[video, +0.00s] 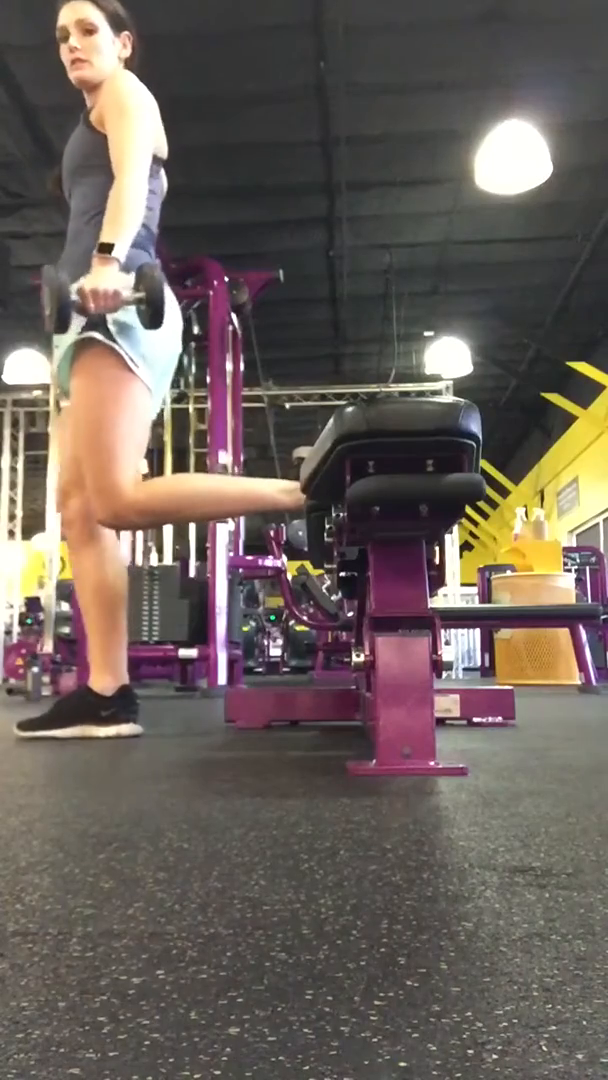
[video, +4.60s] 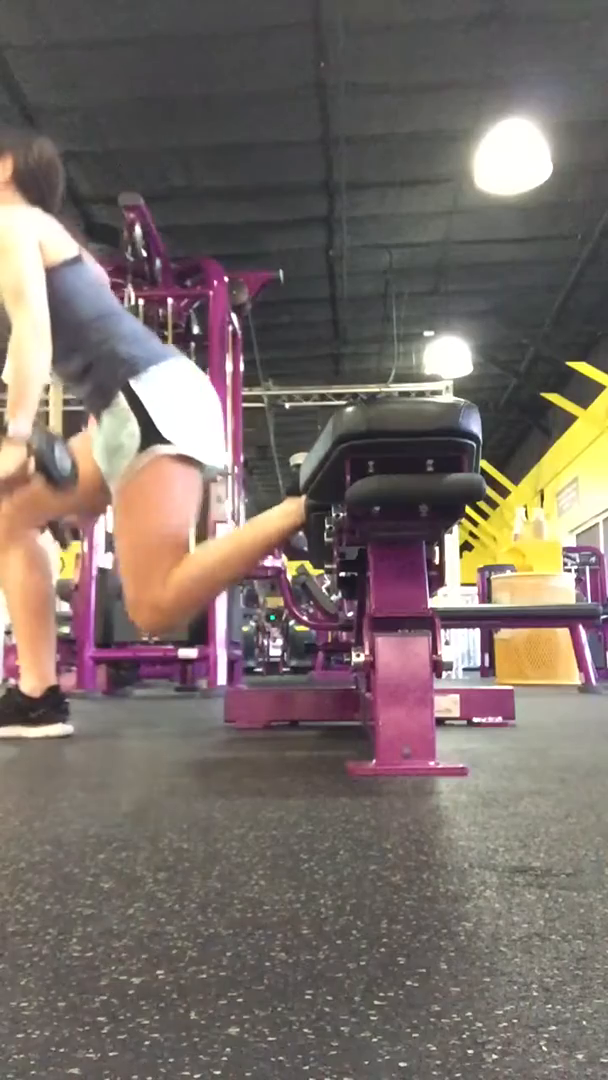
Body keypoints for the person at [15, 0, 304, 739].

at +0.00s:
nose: (72, 45)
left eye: (86, 31)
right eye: (63, 37)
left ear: (123, 43)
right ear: (63, 53)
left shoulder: (124, 92)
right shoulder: (101, 114)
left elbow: (131, 181)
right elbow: (108, 213)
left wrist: (109, 262)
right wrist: (70, 277)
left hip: (126, 306)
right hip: (96, 316)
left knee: (115, 498)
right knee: (78, 510)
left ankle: (301, 491)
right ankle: (107, 691)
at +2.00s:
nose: (46, 89)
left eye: (52, 73)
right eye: (45, 78)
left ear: (84, 65)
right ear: (103, 71)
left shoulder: (91, 90)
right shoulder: (121, 138)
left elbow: (119, 148)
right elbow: (138, 253)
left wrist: (72, 228)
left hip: (104, 296)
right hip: (110, 309)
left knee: (123, 467)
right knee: (51, 498)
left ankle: (314, 486)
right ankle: (77, 682)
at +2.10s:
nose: (39, 92)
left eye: (46, 77)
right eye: (40, 80)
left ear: (79, 71)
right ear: (98, 80)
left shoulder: (81, 105)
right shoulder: (124, 149)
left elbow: (98, 179)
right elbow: (142, 265)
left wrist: (63, 263)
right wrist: (146, 357)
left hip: (98, 313)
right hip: (120, 325)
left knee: (122, 497)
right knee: (37, 511)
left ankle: (311, 495)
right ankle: (77, 689)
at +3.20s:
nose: (10, 65)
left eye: (19, 51)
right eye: (14, 53)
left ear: (49, 51)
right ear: (60, 55)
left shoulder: (54, 98)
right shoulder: (82, 128)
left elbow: (61, 185)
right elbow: (90, 234)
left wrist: (30, 270)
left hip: (79, 301)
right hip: (85, 308)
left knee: (118, 492)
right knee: (22, 507)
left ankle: (307, 492)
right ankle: (38, 692)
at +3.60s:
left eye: (2, 109)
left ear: (25, 115)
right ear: (46, 123)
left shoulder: (34, 163)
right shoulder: (54, 180)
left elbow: (42, 259)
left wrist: (19, 350)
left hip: (126, 368)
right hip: (101, 392)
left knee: (135, 565)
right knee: (10, 508)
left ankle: (300, 502)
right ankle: (36, 691)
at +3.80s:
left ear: (14, 181)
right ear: (31, 187)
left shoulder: (25, 237)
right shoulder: (48, 248)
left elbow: (36, 344)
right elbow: (100, 384)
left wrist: (14, 447)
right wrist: (65, 462)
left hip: (159, 414)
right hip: (122, 435)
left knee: (168, 616)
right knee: (10, 516)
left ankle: (302, 501)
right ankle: (38, 692)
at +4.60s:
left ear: (10, 169)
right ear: (29, 176)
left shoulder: (17, 223)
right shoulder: (35, 235)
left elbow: (31, 328)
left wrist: (17, 431)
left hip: (154, 399)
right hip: (121, 422)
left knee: (156, 605)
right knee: (10, 513)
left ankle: (305, 503)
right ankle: (37, 693)